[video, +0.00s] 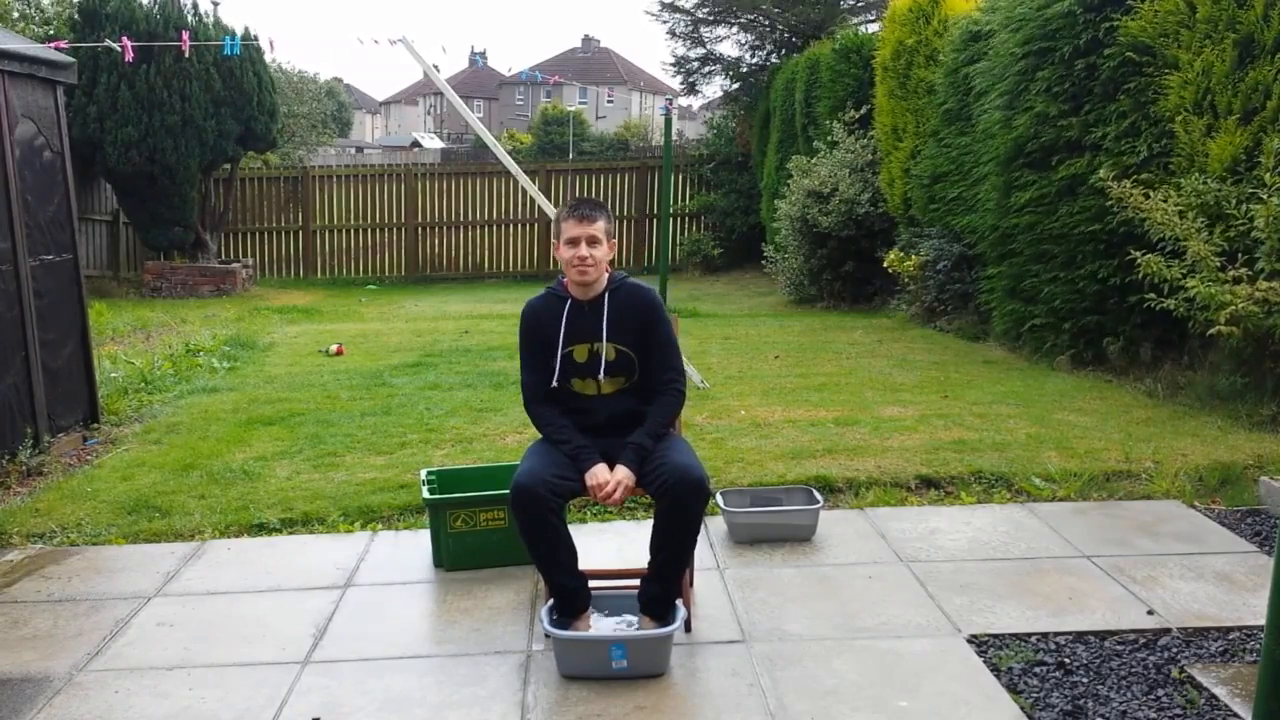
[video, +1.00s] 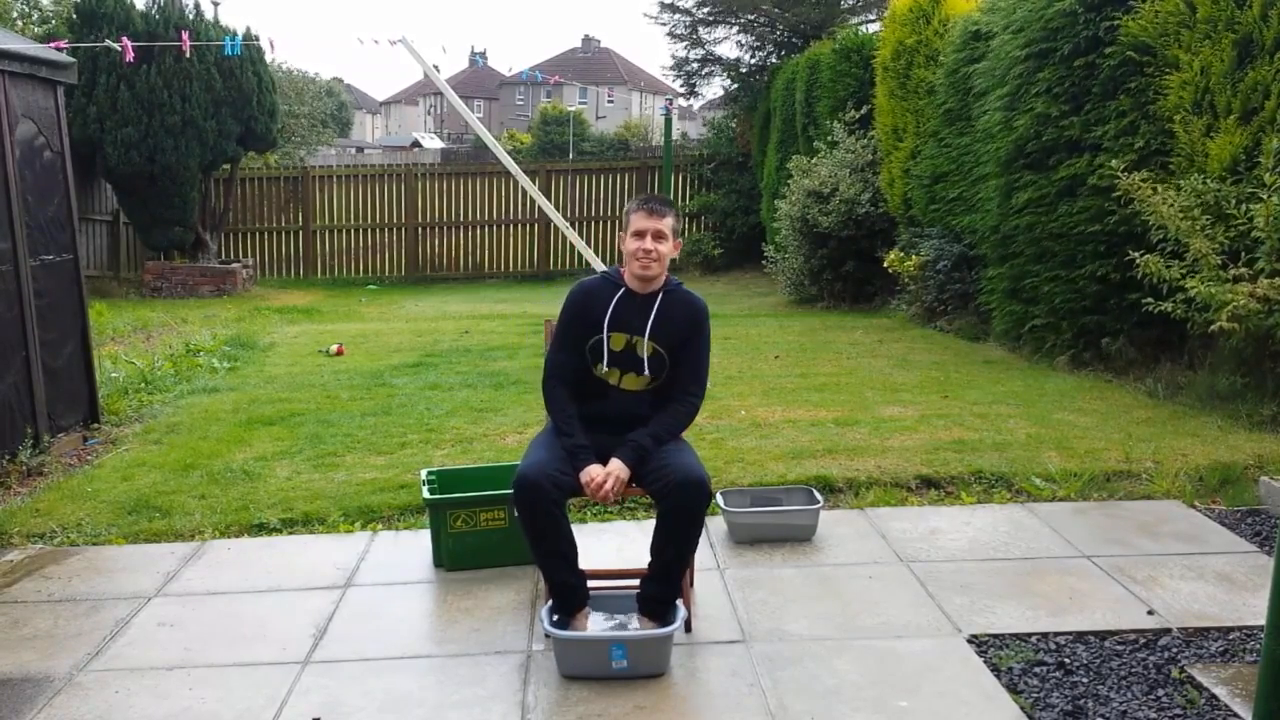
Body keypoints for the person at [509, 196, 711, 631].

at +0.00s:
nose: (582, 253)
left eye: (593, 242)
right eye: (571, 243)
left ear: (611, 249)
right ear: (557, 251)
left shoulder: (642, 303)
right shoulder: (540, 312)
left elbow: (671, 388)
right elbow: (537, 400)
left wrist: (631, 460)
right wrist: (588, 459)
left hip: (643, 435)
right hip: (570, 439)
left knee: (689, 483)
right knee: (527, 489)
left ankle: (658, 603)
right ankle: (572, 603)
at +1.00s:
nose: (647, 246)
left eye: (658, 237)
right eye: (638, 236)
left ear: (675, 248)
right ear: (622, 243)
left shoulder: (689, 311)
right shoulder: (587, 296)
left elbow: (687, 400)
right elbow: (555, 381)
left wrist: (629, 456)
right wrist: (584, 458)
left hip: (651, 434)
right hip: (579, 431)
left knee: (691, 486)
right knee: (532, 482)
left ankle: (656, 605)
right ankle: (571, 605)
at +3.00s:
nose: (588, 244)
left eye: (601, 234)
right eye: (586, 233)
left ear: (637, 245)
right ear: (582, 237)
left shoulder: (667, 305)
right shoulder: (566, 300)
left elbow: (678, 393)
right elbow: (552, 390)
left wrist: (634, 459)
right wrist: (588, 463)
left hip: (648, 434)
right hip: (576, 435)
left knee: (693, 484)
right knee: (533, 487)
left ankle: (658, 604)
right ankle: (574, 604)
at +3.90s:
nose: (627, 255)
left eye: (638, 245)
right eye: (617, 242)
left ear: (651, 250)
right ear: (596, 242)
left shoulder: (666, 306)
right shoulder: (565, 303)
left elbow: (676, 394)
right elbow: (551, 392)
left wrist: (634, 460)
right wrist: (587, 464)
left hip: (648, 436)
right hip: (575, 437)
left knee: (692, 484)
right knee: (530, 487)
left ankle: (658, 605)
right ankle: (573, 605)